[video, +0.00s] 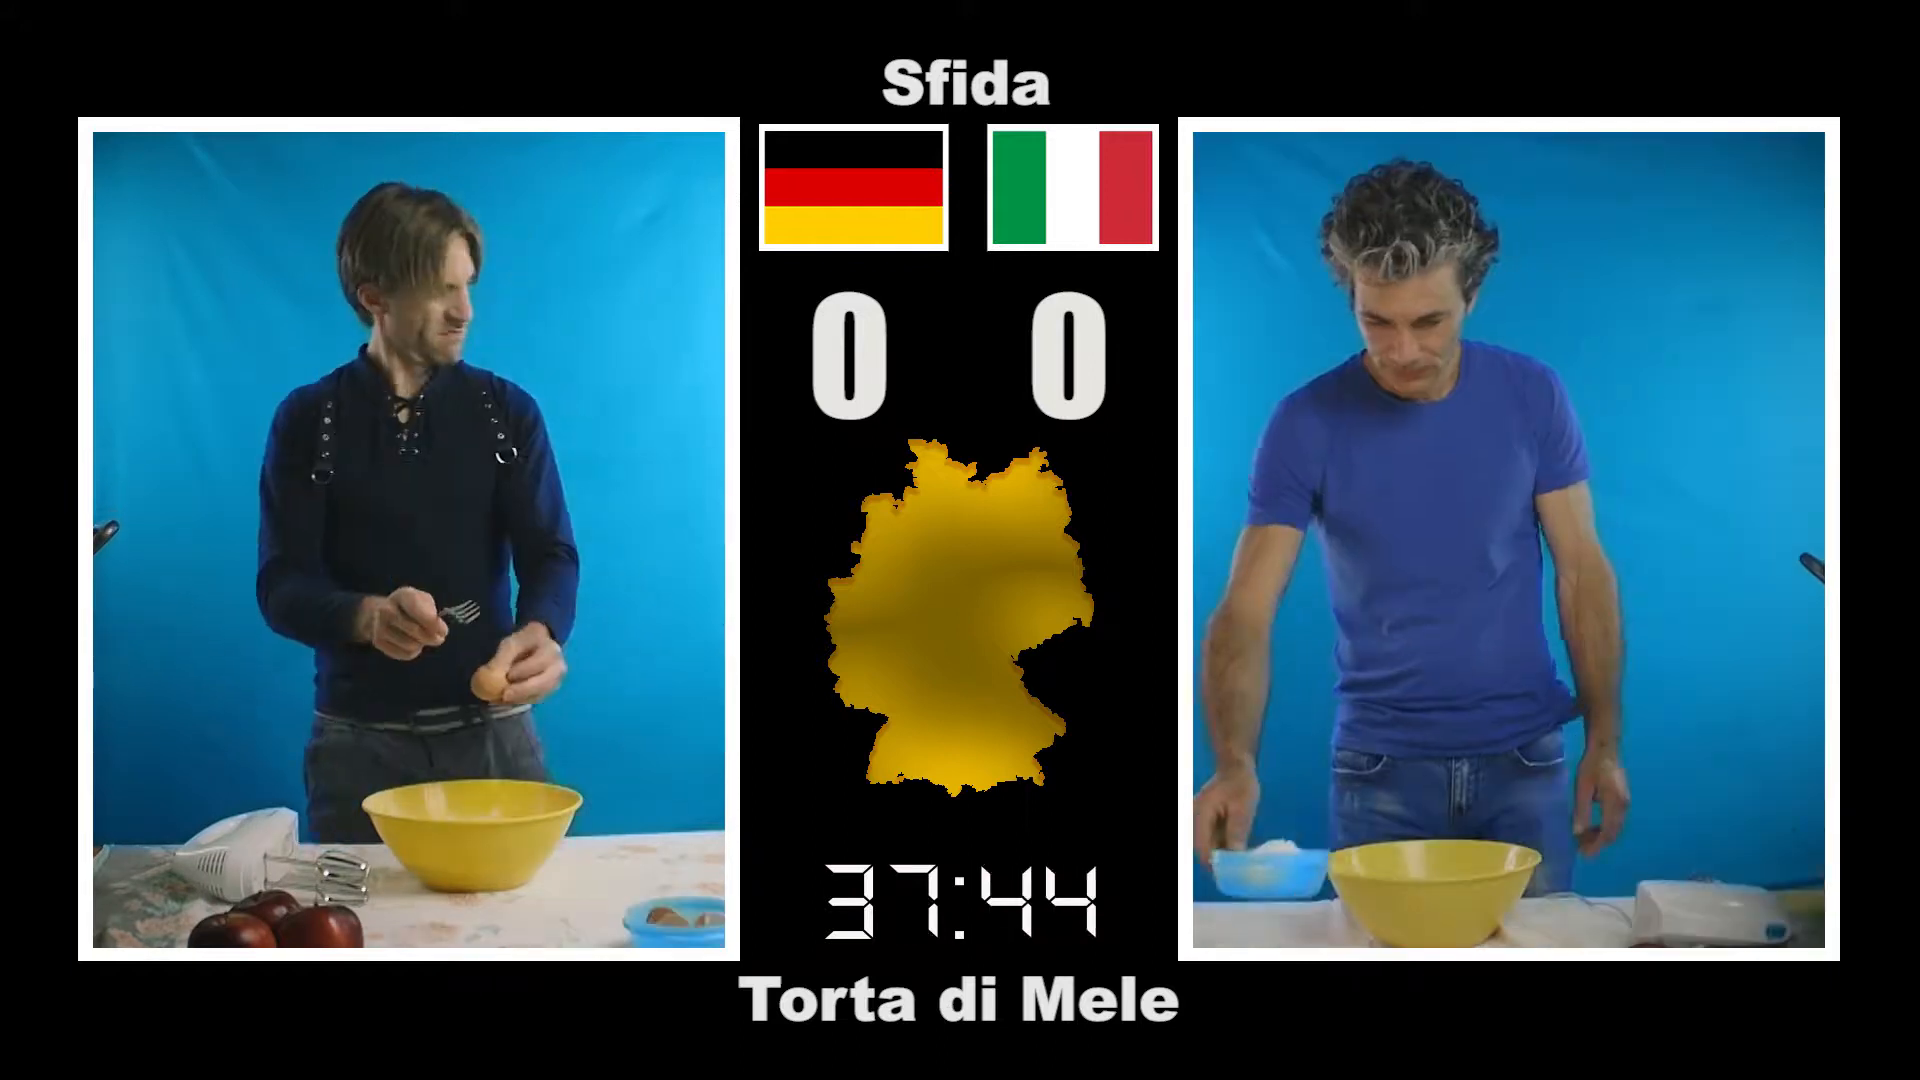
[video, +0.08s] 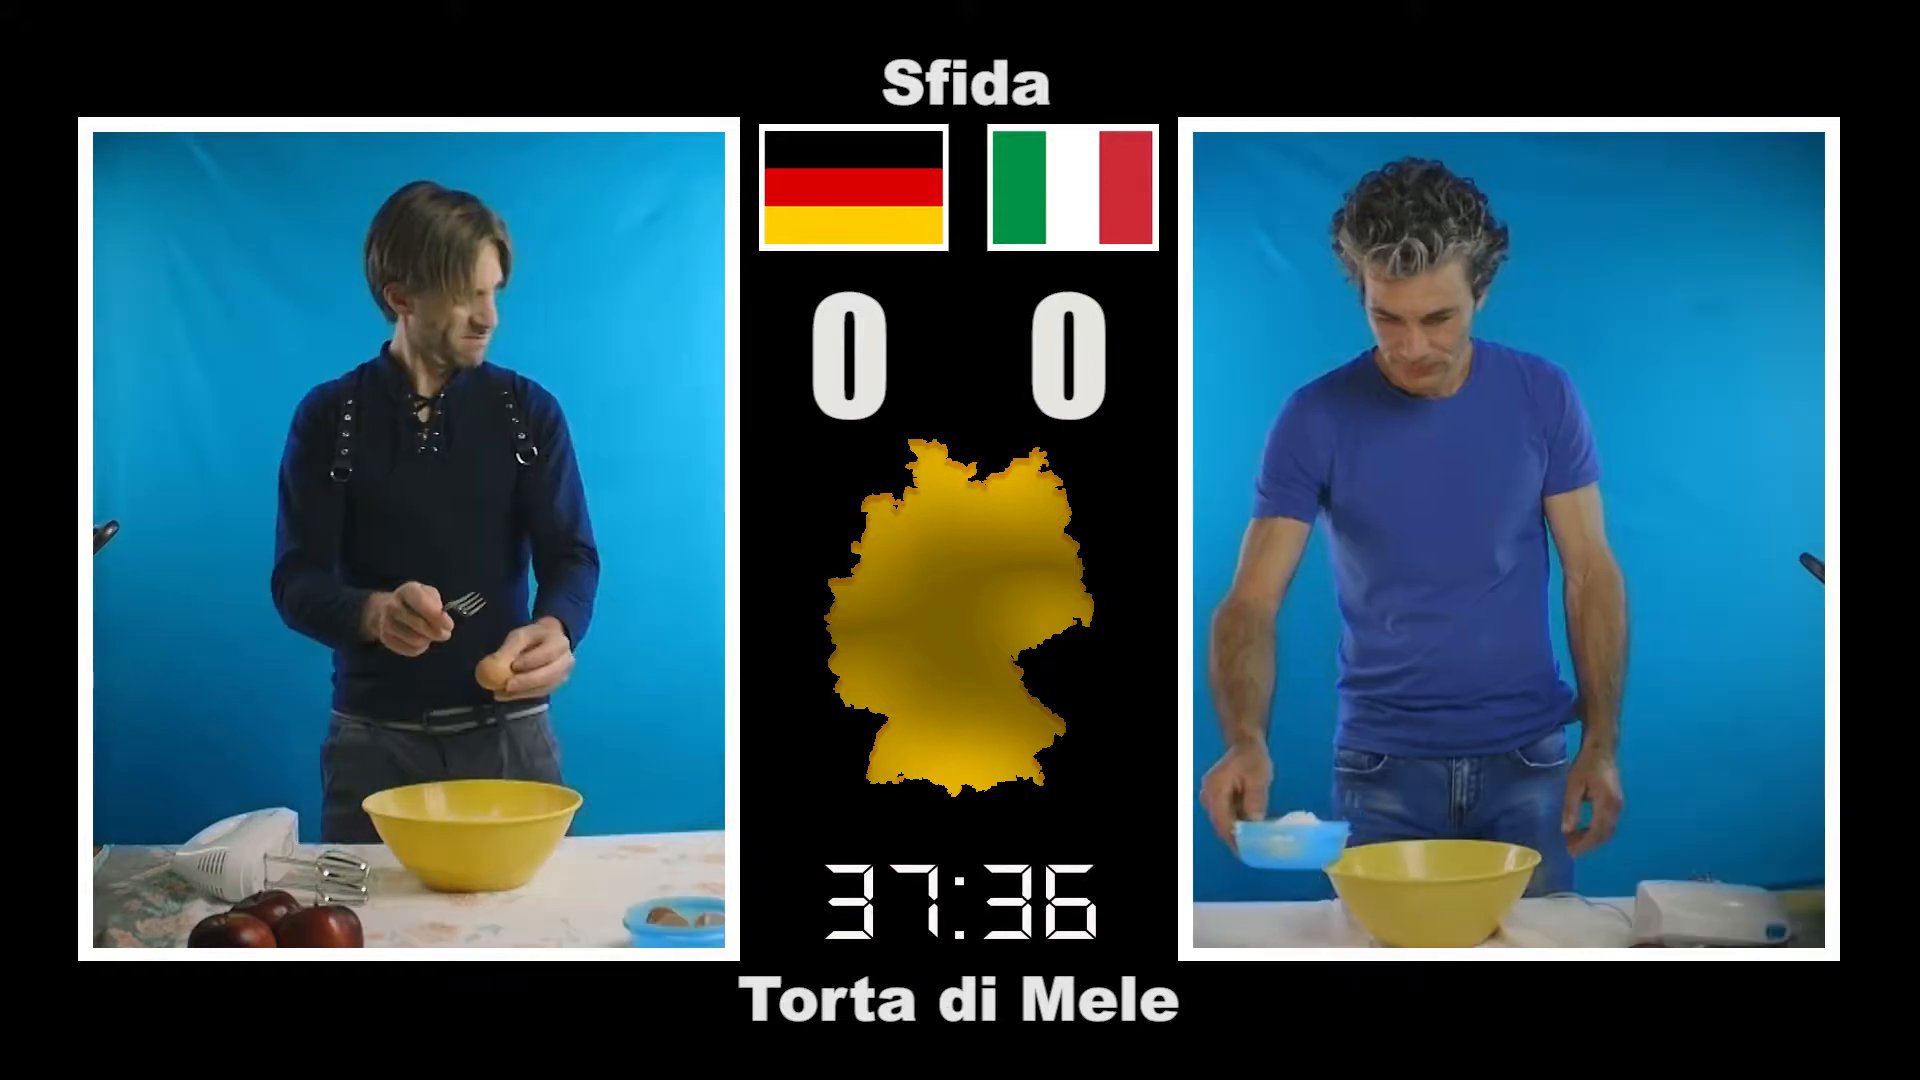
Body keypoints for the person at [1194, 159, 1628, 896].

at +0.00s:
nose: (1405, 350)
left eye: (1430, 321)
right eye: (1379, 322)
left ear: (1468, 294)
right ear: (1352, 297)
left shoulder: (1529, 397)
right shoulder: (1310, 423)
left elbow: (1583, 573)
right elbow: (1244, 613)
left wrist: (1604, 745)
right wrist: (1234, 764)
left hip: (1525, 765)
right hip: (1380, 769)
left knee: (1533, 963)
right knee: (1381, 972)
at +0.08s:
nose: (1414, 346)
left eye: (1439, 318)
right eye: (1389, 319)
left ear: (1478, 291)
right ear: (1363, 294)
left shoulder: (1539, 398)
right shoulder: (1319, 418)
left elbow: (1591, 574)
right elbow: (1250, 604)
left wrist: (1600, 744)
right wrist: (1246, 743)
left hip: (1528, 762)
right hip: (1383, 764)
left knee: (1536, 963)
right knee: (1387, 969)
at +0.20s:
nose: (1428, 342)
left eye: (1452, 315)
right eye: (1403, 315)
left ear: (1492, 289)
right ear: (1378, 291)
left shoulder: (1552, 398)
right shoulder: (1331, 411)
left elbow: (1598, 575)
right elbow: (1261, 592)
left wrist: (1583, 735)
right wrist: (1265, 718)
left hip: (1530, 763)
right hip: (1384, 765)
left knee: (1533, 963)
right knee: (1383, 966)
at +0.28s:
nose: (1435, 342)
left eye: (1459, 314)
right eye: (1411, 315)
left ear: (1499, 289)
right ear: (1385, 291)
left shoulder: (1558, 401)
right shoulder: (1338, 409)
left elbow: (1601, 582)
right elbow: (1268, 590)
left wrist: (1564, 729)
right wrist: (1280, 713)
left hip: (1526, 766)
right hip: (1385, 766)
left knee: (1531, 960)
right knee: (1384, 965)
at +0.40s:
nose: (1442, 340)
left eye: (1466, 312)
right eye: (1418, 312)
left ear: (1505, 287)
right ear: (1392, 288)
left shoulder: (1564, 403)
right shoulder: (1343, 407)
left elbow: (1596, 581)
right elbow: (1278, 590)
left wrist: (1543, 725)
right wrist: (1298, 714)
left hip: (1524, 761)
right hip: (1386, 760)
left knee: (1530, 953)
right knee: (1384, 957)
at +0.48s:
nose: (1443, 339)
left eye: (1467, 311)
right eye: (1420, 311)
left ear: (1506, 287)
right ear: (1394, 287)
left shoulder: (1565, 403)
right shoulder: (1346, 406)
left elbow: (1595, 581)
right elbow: (1282, 589)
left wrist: (1536, 727)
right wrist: (1306, 714)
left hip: (1523, 762)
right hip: (1384, 763)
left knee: (1528, 953)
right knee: (1383, 957)